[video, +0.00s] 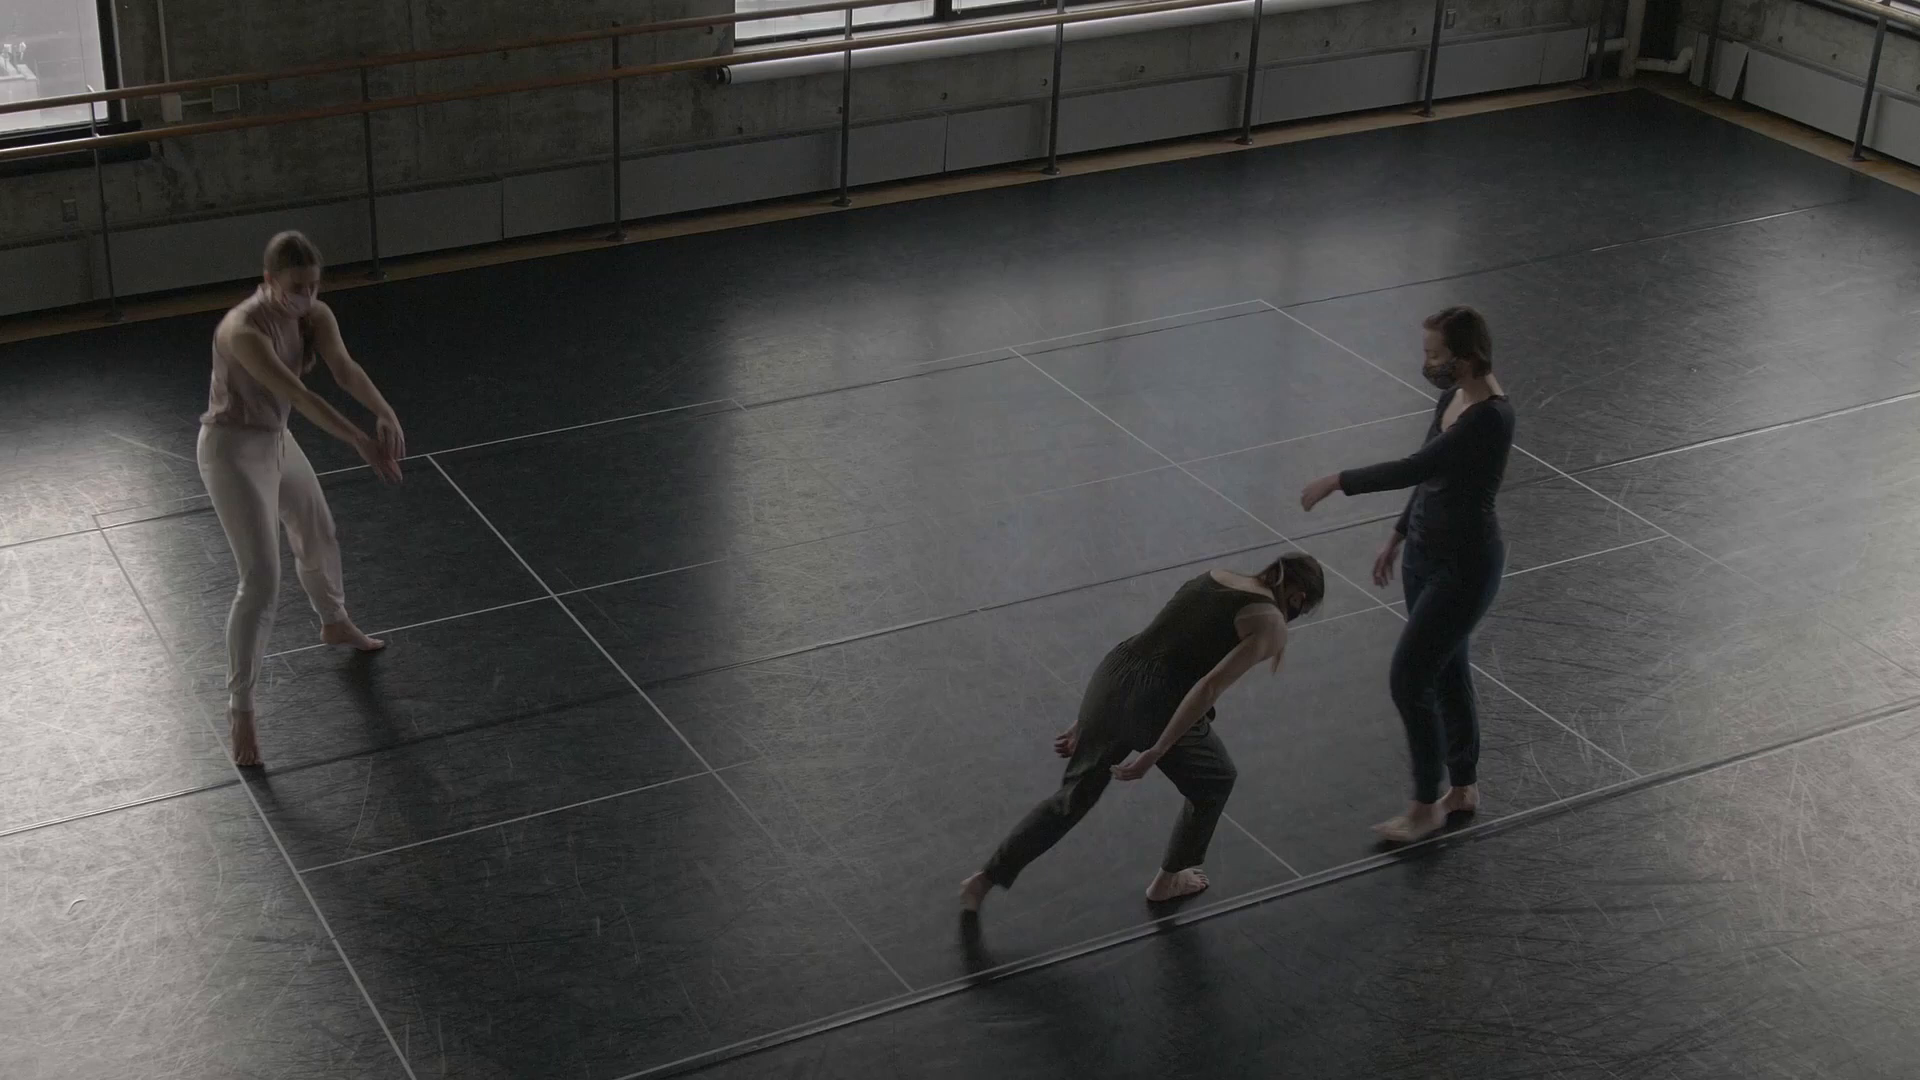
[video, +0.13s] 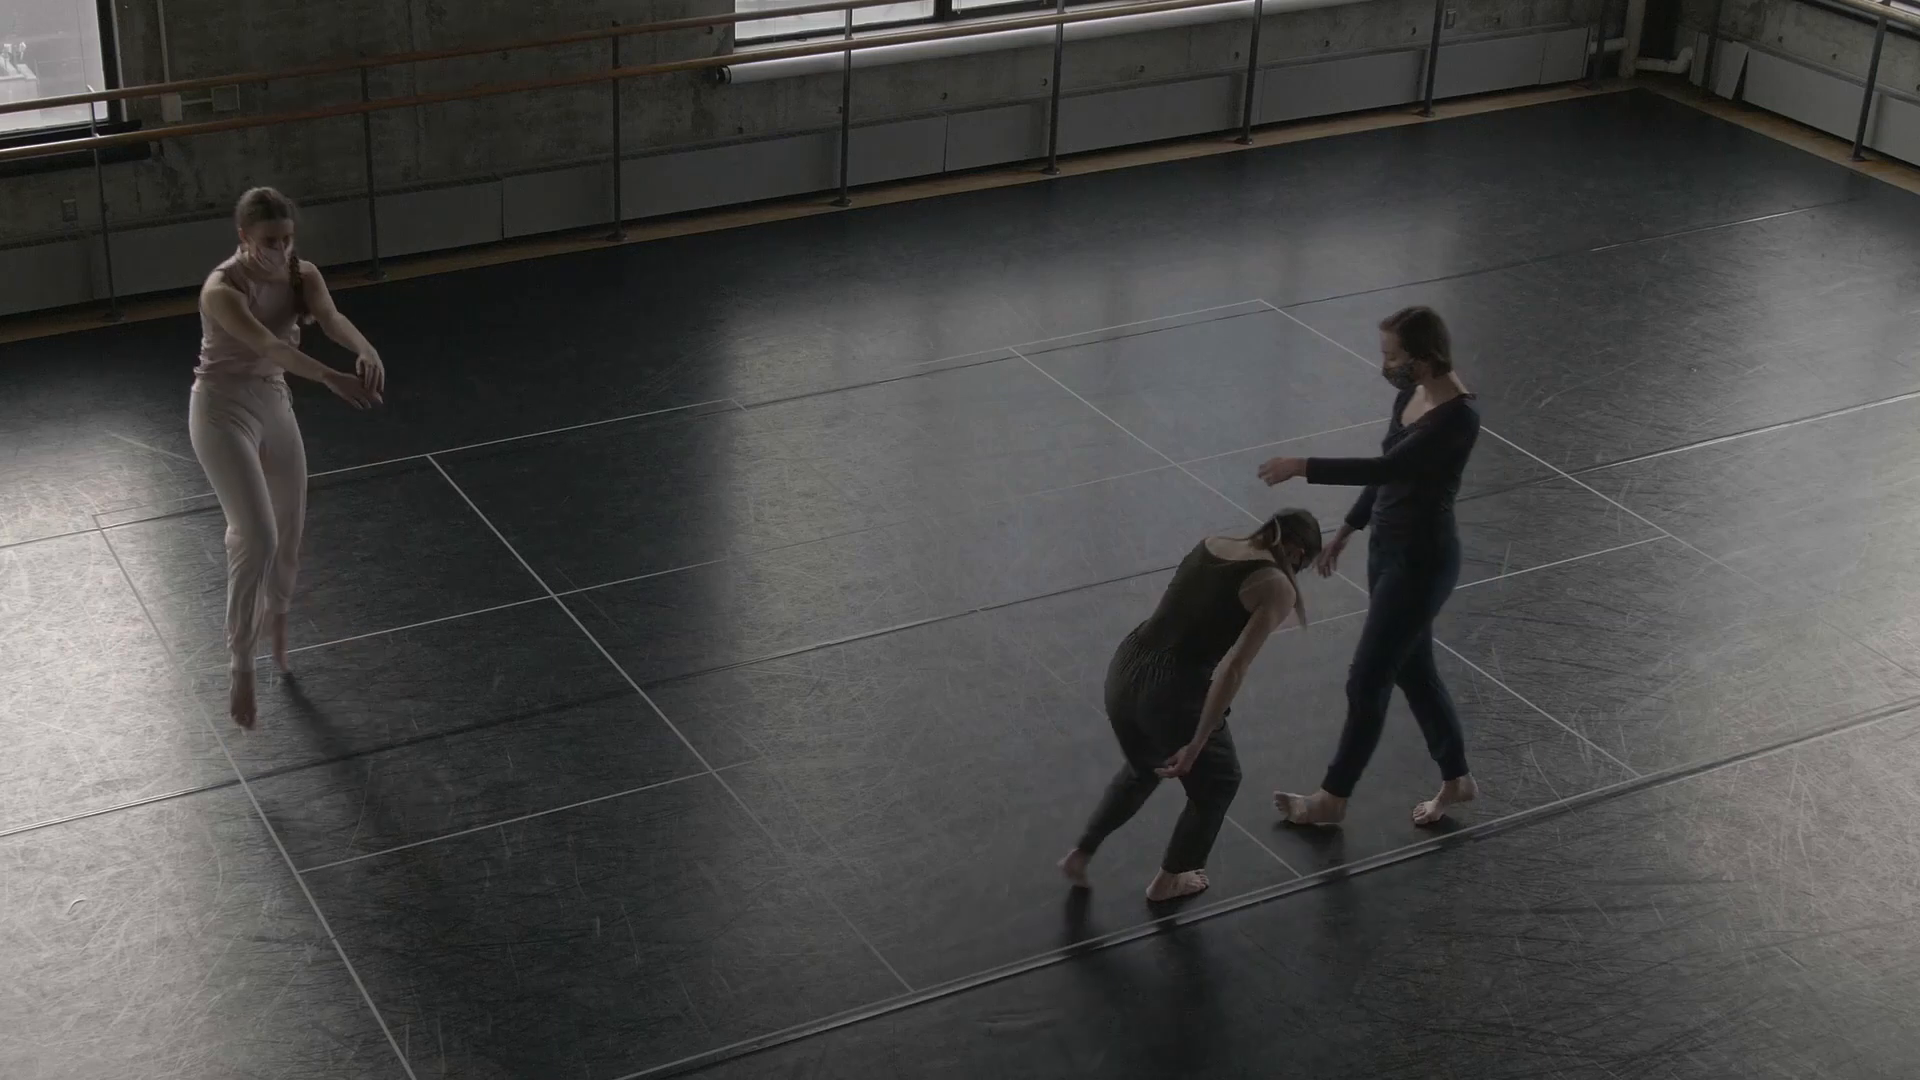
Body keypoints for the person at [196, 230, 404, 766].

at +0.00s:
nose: (305, 301)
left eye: (311, 290)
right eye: (294, 290)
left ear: (317, 282)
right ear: (268, 280)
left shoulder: (315, 314)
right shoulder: (240, 329)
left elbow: (344, 367)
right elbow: (297, 396)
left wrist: (385, 412)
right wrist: (361, 442)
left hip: (278, 442)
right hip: (231, 450)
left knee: (318, 529)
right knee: (259, 582)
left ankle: (335, 621)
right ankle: (241, 709)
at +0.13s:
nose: (280, 252)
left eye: (286, 241)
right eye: (269, 244)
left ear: (294, 234)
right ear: (243, 238)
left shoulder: (303, 274)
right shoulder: (220, 291)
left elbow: (331, 318)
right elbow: (267, 347)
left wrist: (366, 350)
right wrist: (329, 377)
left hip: (276, 405)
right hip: (220, 408)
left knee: (289, 534)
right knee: (257, 536)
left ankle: (276, 618)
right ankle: (241, 663)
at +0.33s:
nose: (252, 272)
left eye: (258, 260)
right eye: (241, 263)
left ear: (266, 257)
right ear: (219, 260)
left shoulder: (287, 301)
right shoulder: (198, 316)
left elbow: (325, 339)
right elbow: (209, 361)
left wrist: (360, 357)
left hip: (269, 432)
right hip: (209, 429)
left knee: (241, 538)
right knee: (250, 474)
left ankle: (216, 639)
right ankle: (251, 603)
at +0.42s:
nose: (250, 277)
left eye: (256, 266)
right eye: (240, 269)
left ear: (264, 261)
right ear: (216, 265)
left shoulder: (282, 309)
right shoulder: (193, 323)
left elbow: (329, 364)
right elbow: (190, 386)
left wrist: (376, 395)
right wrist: (192, 428)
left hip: (271, 439)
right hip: (212, 439)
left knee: (244, 545)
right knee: (244, 477)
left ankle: (214, 644)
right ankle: (259, 609)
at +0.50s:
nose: (245, 278)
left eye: (252, 268)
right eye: (235, 269)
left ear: (262, 265)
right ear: (214, 265)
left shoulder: (281, 311)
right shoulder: (190, 325)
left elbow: (328, 384)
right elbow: (176, 404)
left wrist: (383, 439)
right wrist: (152, 469)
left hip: (270, 442)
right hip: (210, 439)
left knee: (242, 548)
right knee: (243, 510)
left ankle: (214, 644)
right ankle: (262, 640)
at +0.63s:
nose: (246, 279)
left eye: (254, 269)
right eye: (236, 269)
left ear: (265, 268)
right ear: (216, 267)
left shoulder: (284, 320)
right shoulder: (192, 328)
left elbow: (304, 387)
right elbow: (166, 401)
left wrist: (334, 442)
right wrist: (131, 473)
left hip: (271, 452)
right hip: (213, 453)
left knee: (243, 559)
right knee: (241, 565)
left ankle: (217, 642)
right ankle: (257, 692)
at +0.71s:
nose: (252, 286)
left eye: (259, 276)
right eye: (241, 277)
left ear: (270, 273)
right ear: (220, 275)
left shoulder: (286, 324)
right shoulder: (191, 332)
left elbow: (288, 382)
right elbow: (164, 383)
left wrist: (297, 432)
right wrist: (133, 428)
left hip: (271, 458)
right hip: (214, 462)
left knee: (239, 563)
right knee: (241, 584)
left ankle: (215, 639)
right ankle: (254, 718)